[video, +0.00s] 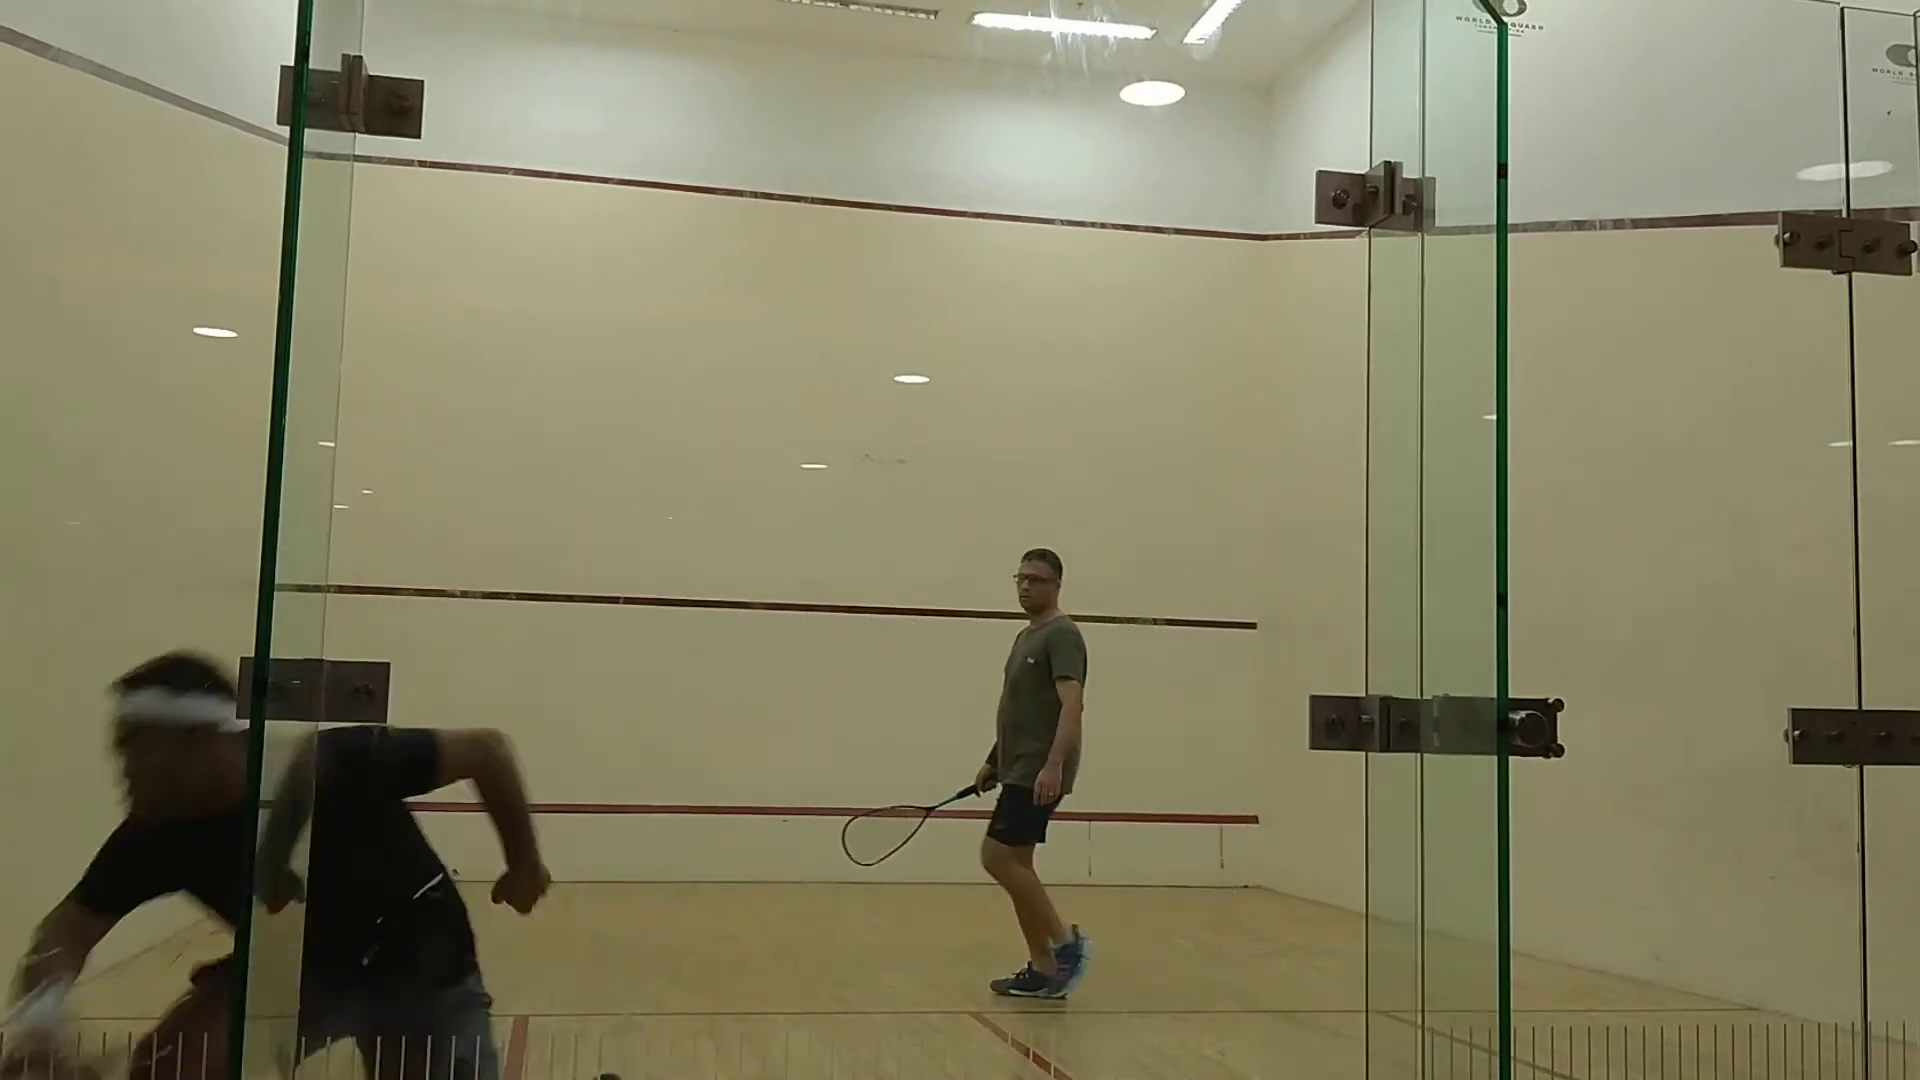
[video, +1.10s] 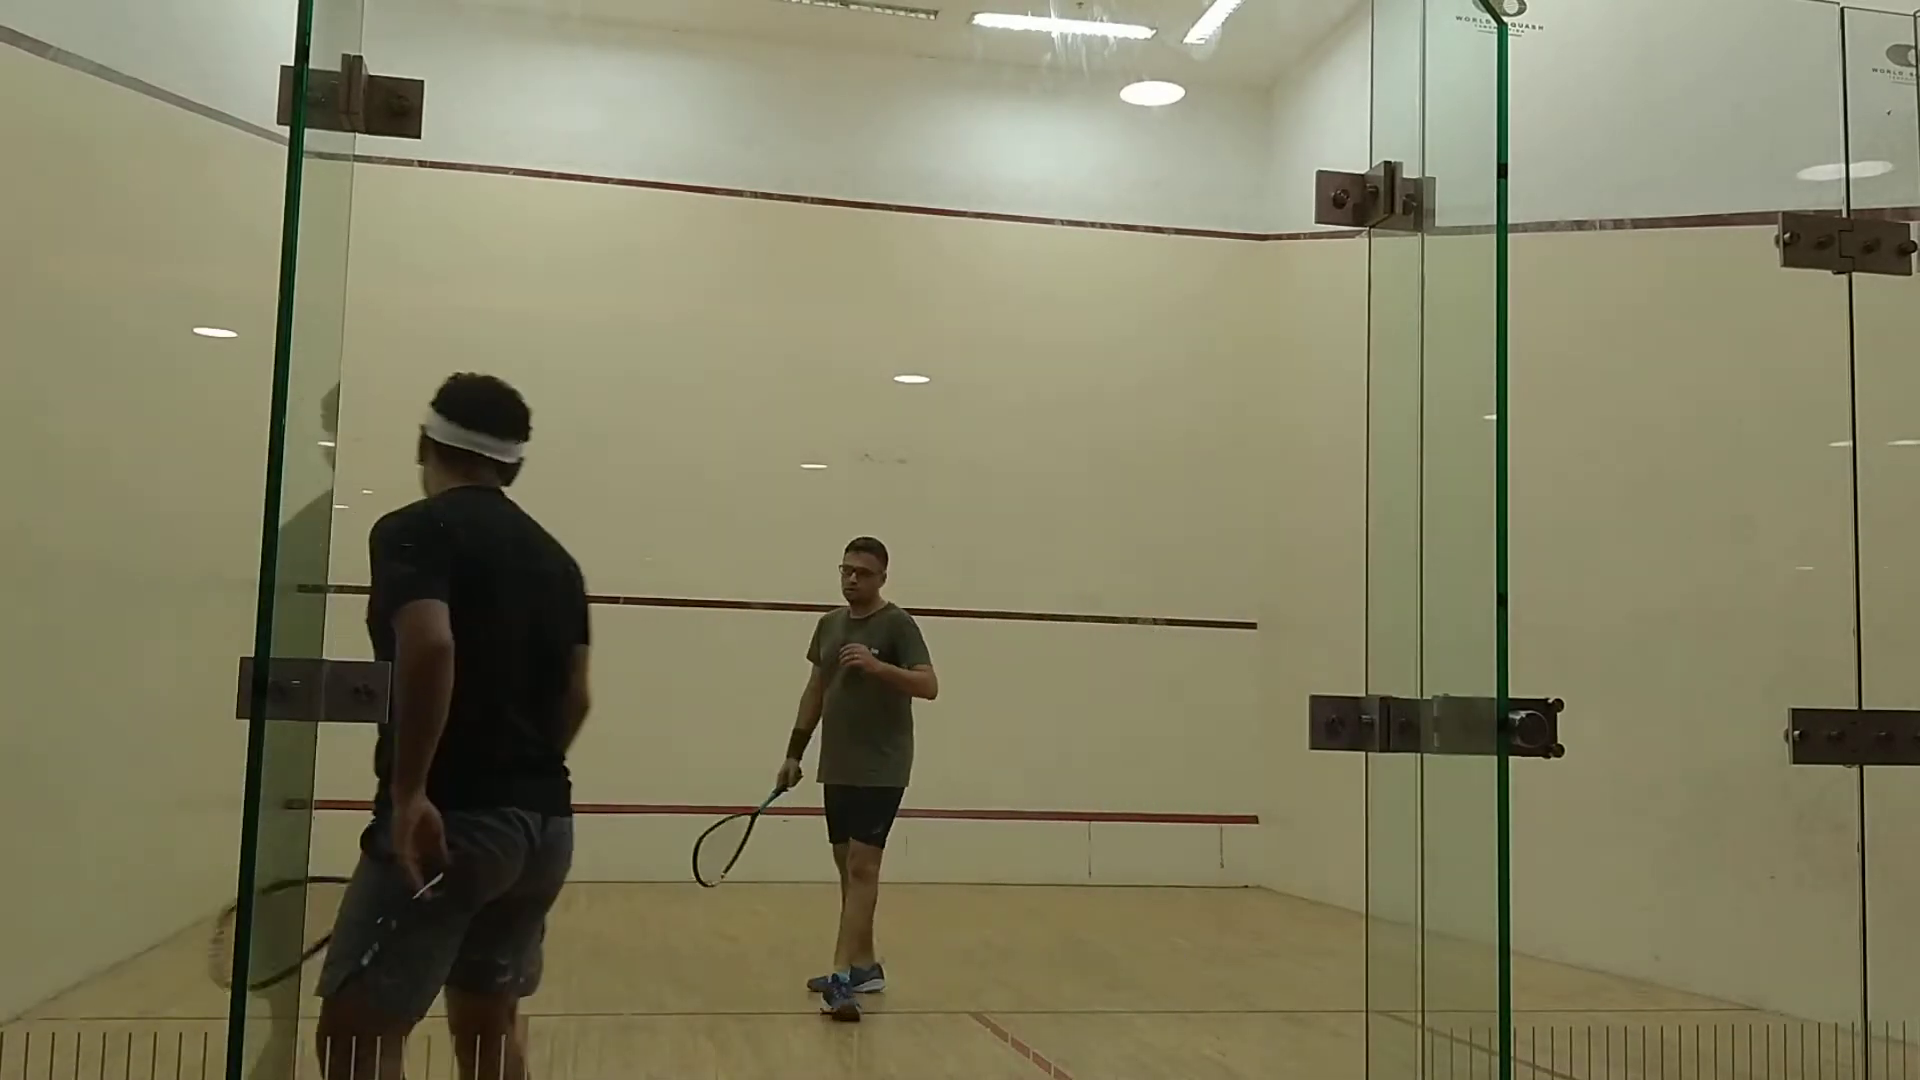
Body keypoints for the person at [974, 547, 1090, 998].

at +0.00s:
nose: (1027, 587)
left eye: (1037, 580)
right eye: (1022, 579)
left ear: (1057, 586)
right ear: (1016, 584)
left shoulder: (1063, 634)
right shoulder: (1027, 637)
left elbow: (1072, 706)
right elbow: (1016, 709)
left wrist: (1054, 765)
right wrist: (993, 761)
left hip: (1039, 771)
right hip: (1019, 770)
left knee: (996, 856)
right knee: (1018, 865)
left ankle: (1065, 942)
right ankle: (1043, 969)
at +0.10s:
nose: (1001, 584)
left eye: (1011, 578)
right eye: (996, 577)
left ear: (1031, 585)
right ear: (991, 583)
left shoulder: (1039, 633)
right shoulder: (998, 635)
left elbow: (1054, 701)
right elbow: (987, 707)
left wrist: (1045, 767)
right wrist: (965, 761)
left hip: (1010, 770)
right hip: (993, 768)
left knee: (961, 854)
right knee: (1003, 865)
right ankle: (1043, 970)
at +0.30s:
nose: (949, 581)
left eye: (960, 575)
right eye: (945, 574)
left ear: (981, 581)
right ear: (941, 579)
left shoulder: (985, 631)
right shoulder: (960, 630)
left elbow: (1003, 697)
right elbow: (952, 704)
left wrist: (1002, 766)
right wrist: (924, 751)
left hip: (963, 773)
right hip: (947, 770)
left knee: (934, 860)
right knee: (942, 861)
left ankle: (967, 976)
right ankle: (1001, 949)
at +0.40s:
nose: (926, 571)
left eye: (936, 565)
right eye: (922, 564)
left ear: (958, 569)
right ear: (919, 570)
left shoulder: (961, 616)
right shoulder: (943, 617)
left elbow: (977, 685)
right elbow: (936, 694)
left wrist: (968, 754)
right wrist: (913, 755)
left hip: (945, 762)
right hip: (928, 760)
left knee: (926, 851)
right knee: (918, 849)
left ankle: (965, 964)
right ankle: (943, 953)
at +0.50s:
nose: (902, 572)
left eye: (912, 565)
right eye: (898, 565)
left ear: (935, 568)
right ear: (898, 570)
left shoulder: (936, 615)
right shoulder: (924, 616)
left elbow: (945, 687)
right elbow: (923, 694)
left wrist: (926, 754)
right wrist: (899, 755)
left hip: (929, 762)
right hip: (913, 760)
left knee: (916, 853)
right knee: (899, 850)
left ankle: (963, 962)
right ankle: (880, 957)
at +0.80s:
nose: (860, 577)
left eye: (869, 571)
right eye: (855, 571)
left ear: (891, 574)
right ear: (852, 576)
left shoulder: (900, 617)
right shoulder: (871, 624)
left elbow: (919, 685)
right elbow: (870, 698)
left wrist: (862, 725)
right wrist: (858, 769)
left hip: (895, 759)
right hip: (874, 759)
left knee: (857, 851)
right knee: (866, 856)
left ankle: (906, 955)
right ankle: (863, 964)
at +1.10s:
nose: (854, 581)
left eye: (864, 574)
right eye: (848, 571)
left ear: (883, 577)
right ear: (840, 572)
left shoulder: (898, 625)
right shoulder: (830, 625)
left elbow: (928, 685)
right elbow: (816, 690)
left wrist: (876, 667)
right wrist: (794, 753)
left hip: (881, 768)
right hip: (838, 765)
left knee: (863, 864)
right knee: (847, 863)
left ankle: (843, 977)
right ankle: (865, 964)